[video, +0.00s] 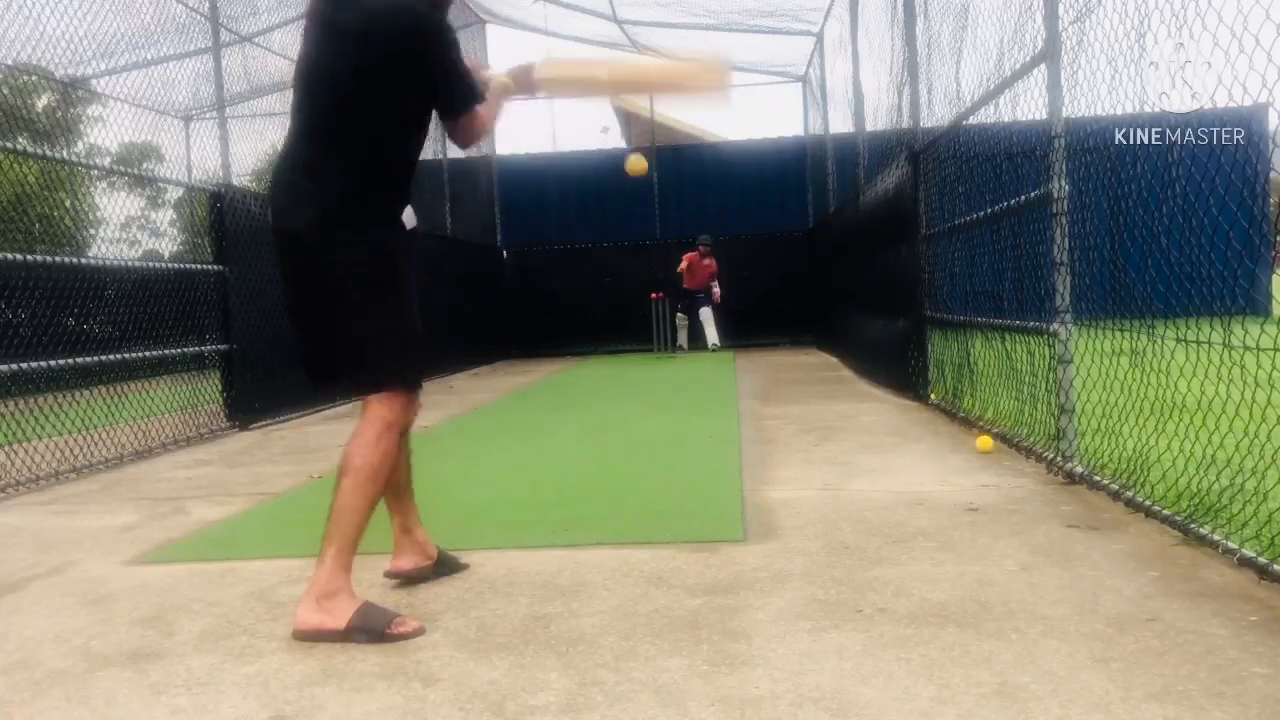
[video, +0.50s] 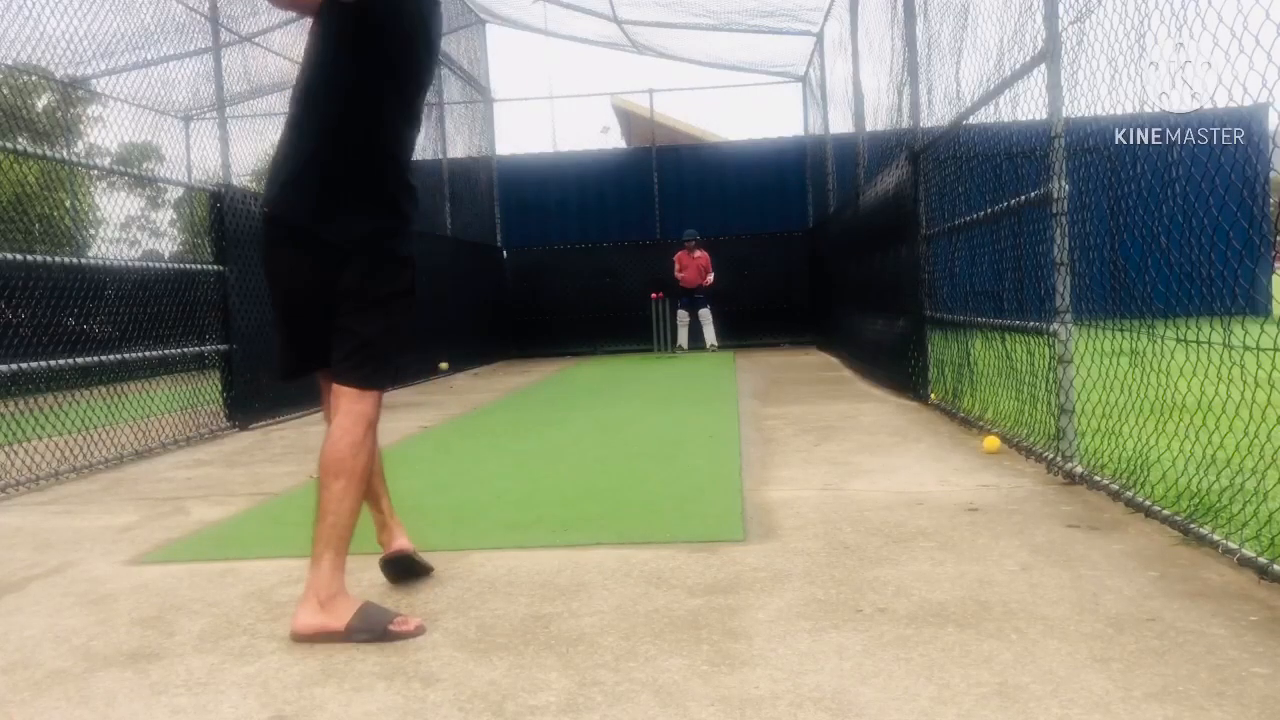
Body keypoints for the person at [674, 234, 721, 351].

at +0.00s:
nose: (705, 249)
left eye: (707, 246)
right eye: (702, 246)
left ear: (710, 248)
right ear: (698, 246)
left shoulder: (711, 261)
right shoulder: (690, 257)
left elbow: (713, 279)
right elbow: (684, 263)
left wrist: (716, 290)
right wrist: (682, 268)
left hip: (702, 292)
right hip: (688, 291)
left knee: (706, 314)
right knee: (681, 318)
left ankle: (713, 344)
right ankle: (682, 345)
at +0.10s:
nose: (699, 246)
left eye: (701, 243)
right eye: (697, 243)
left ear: (704, 244)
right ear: (692, 244)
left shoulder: (706, 259)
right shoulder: (685, 255)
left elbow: (708, 276)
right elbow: (678, 262)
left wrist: (710, 286)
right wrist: (676, 265)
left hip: (700, 291)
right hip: (685, 290)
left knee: (706, 314)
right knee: (681, 318)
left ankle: (713, 343)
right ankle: (681, 346)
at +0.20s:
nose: (693, 244)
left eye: (695, 241)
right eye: (691, 241)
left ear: (699, 243)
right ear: (688, 242)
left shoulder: (703, 257)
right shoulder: (680, 255)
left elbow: (707, 274)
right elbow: (673, 269)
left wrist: (707, 282)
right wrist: (674, 267)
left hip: (698, 290)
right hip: (683, 290)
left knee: (706, 313)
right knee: (681, 317)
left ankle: (712, 343)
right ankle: (682, 346)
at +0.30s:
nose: (690, 243)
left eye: (692, 241)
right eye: (688, 241)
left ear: (696, 242)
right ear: (685, 242)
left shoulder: (702, 256)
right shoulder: (678, 256)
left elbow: (706, 273)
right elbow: (673, 270)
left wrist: (707, 280)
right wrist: (675, 271)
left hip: (698, 290)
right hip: (683, 290)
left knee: (704, 315)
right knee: (681, 317)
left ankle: (712, 344)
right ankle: (682, 345)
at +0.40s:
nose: (689, 243)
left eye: (691, 241)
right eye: (687, 241)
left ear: (696, 241)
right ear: (684, 242)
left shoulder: (703, 255)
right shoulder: (679, 256)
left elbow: (708, 272)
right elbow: (675, 272)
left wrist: (707, 280)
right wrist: (678, 274)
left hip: (699, 289)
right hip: (684, 290)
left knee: (704, 315)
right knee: (681, 317)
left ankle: (711, 344)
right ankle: (682, 345)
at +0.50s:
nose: (689, 244)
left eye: (691, 241)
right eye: (687, 241)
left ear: (696, 241)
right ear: (684, 243)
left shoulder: (703, 255)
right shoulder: (679, 256)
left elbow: (710, 271)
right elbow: (676, 272)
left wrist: (709, 278)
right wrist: (680, 275)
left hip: (700, 288)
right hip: (685, 289)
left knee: (705, 315)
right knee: (682, 316)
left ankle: (711, 344)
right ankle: (682, 345)